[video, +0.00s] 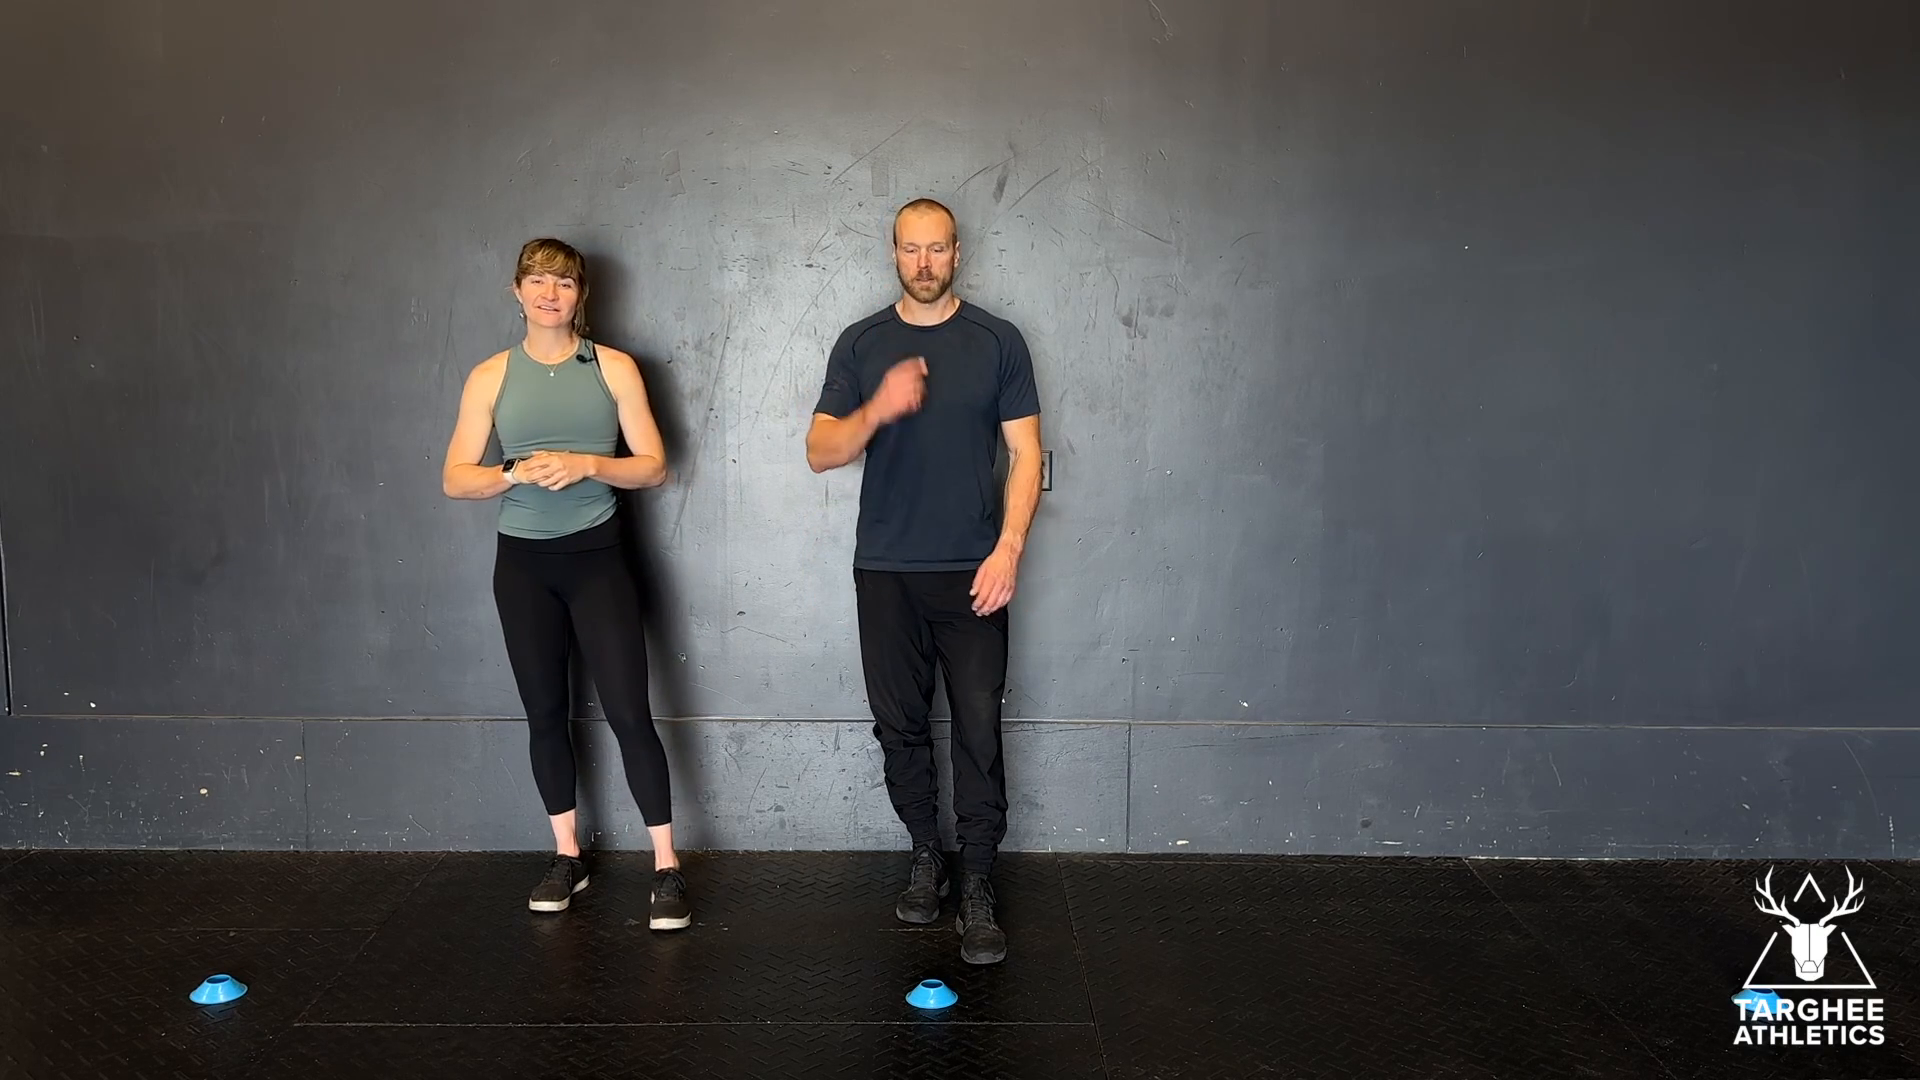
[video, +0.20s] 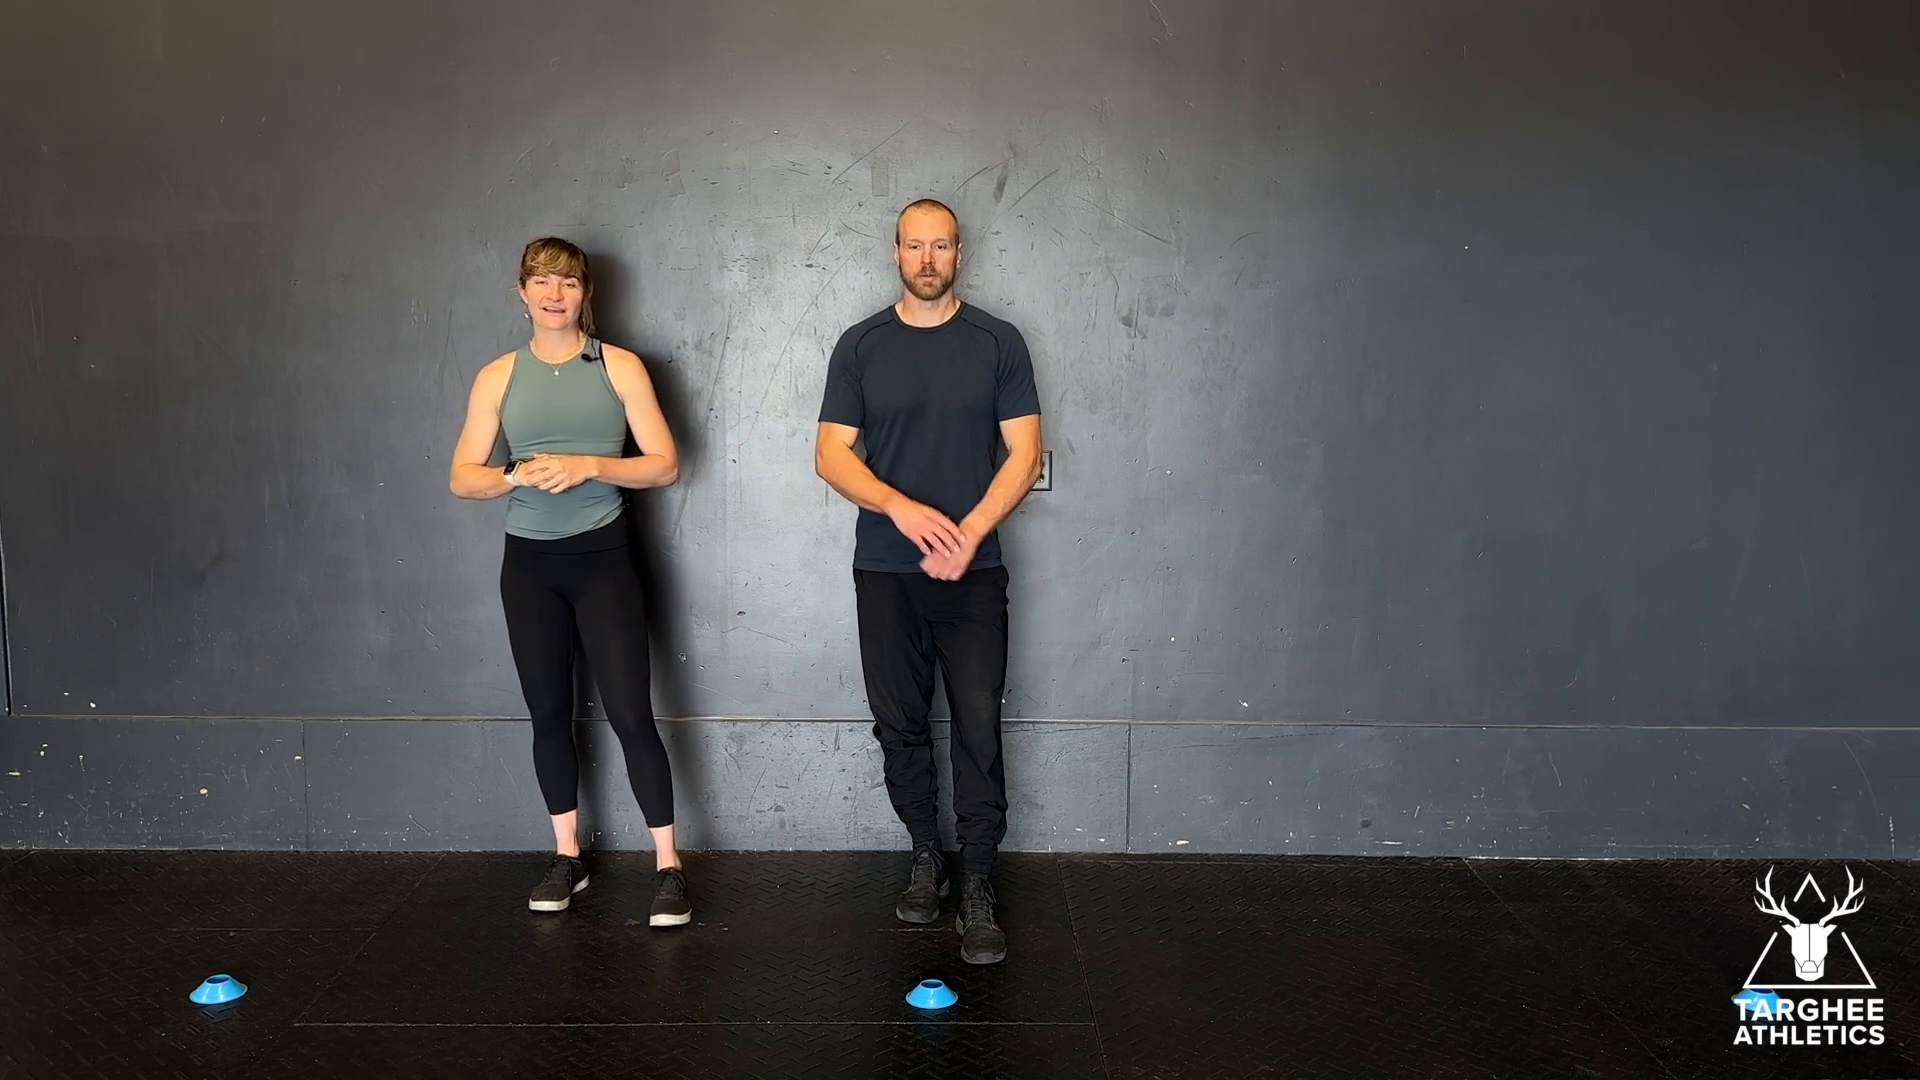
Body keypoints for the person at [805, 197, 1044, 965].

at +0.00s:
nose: (924, 259)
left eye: (936, 247)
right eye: (911, 248)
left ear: (955, 254)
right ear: (894, 255)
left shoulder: (997, 342)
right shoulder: (859, 345)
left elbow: (1026, 458)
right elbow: (821, 451)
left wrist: (1008, 551)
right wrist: (876, 409)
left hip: (973, 570)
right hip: (887, 571)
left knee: (978, 730)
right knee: (900, 728)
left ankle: (977, 880)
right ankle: (929, 860)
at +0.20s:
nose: (928, 257)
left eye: (940, 245)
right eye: (916, 244)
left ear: (958, 254)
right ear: (896, 253)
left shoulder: (998, 343)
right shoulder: (859, 347)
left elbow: (1024, 458)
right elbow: (831, 456)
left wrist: (970, 535)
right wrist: (900, 506)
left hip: (972, 568)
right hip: (887, 570)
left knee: (978, 729)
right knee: (900, 726)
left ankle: (978, 885)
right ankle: (930, 860)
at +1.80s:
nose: (930, 253)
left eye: (942, 242)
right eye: (916, 242)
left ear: (958, 253)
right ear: (896, 254)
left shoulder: (995, 343)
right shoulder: (857, 346)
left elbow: (1017, 460)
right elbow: (836, 462)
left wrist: (951, 543)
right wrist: (896, 540)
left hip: (969, 569)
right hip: (884, 568)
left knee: (974, 732)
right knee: (900, 727)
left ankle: (978, 885)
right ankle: (927, 857)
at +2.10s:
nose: (924, 255)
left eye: (937, 244)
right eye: (911, 243)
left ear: (955, 256)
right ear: (892, 254)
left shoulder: (993, 343)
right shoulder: (856, 347)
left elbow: (1016, 461)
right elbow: (836, 463)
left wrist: (951, 543)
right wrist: (896, 540)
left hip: (968, 569)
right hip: (883, 569)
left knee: (974, 732)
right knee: (900, 727)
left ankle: (977, 886)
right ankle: (928, 858)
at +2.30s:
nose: (923, 256)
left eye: (936, 244)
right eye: (911, 243)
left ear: (954, 255)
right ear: (891, 254)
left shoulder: (992, 342)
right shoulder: (855, 347)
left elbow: (1016, 460)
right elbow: (835, 463)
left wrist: (950, 542)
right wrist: (894, 539)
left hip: (968, 568)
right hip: (883, 568)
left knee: (974, 729)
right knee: (900, 726)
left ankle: (977, 883)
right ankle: (930, 857)